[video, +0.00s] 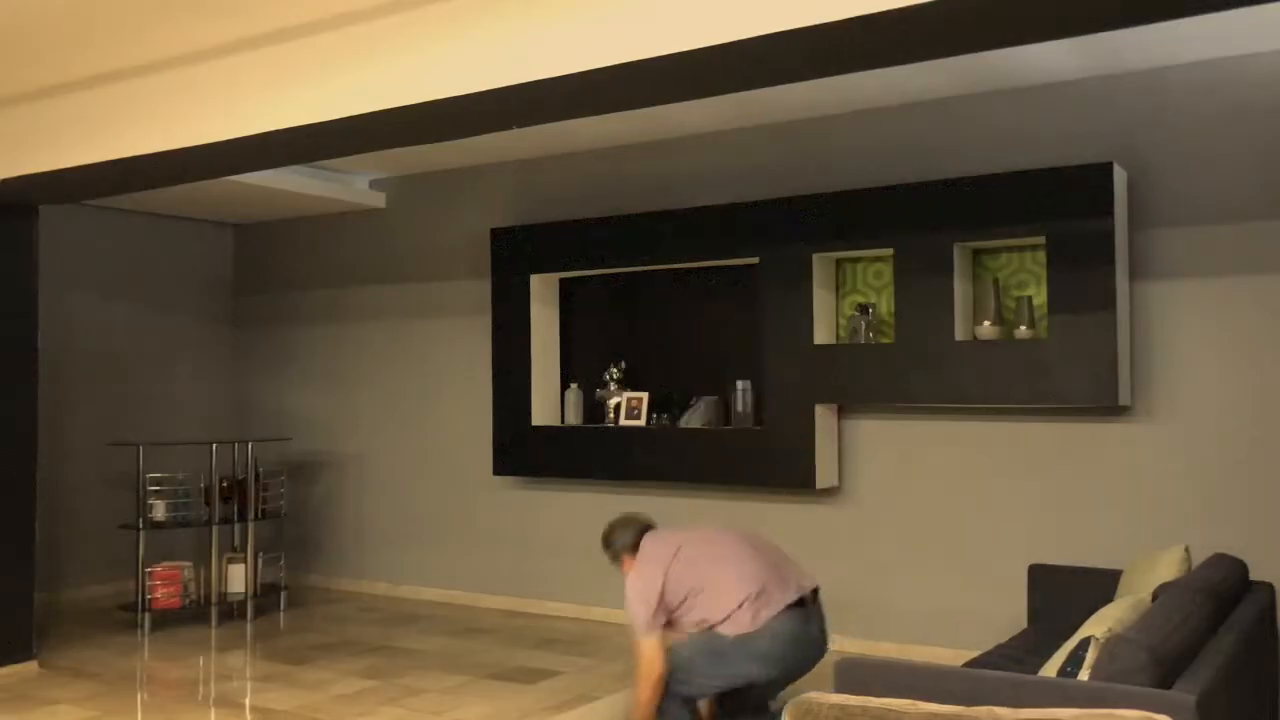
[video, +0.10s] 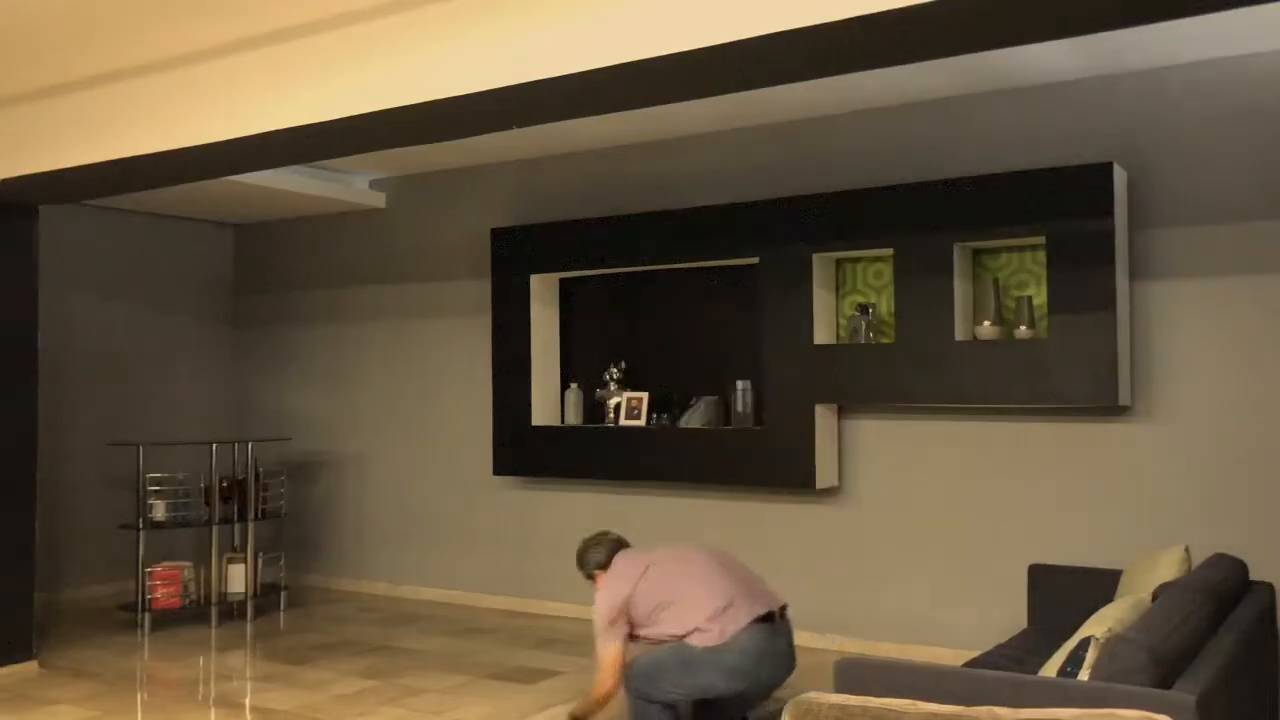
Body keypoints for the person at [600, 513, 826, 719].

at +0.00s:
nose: (625, 575)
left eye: (620, 568)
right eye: (620, 569)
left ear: (627, 560)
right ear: (652, 534)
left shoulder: (642, 572)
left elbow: (654, 672)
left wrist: (642, 713)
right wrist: (706, 705)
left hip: (769, 638)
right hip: (810, 627)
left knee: (662, 681)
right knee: (738, 703)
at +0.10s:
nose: (597, 590)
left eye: (592, 583)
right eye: (594, 585)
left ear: (597, 576)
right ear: (626, 549)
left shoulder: (612, 586)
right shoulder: (663, 562)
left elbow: (606, 686)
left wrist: (576, 712)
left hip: (739, 655)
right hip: (779, 645)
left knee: (641, 679)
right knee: (714, 707)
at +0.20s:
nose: (563, 575)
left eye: (559, 568)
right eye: (561, 570)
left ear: (563, 560)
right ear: (592, 535)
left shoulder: (577, 568)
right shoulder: (629, 545)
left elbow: (565, 664)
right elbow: (654, 625)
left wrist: (530, 686)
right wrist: (601, 671)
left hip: (705, 609)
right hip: (752, 600)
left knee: (642, 684)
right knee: (713, 694)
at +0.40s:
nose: (515, 556)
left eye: (512, 550)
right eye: (513, 551)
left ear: (514, 542)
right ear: (543, 522)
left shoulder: (524, 553)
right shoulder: (575, 531)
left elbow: (510, 637)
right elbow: (580, 624)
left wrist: (486, 692)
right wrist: (552, 672)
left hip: (635, 591)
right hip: (674, 579)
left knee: (603, 699)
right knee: (625, 679)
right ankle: (660, 667)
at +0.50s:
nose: (480, 549)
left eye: (479, 543)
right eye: (479, 544)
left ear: (482, 534)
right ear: (507, 516)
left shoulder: (489, 544)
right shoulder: (537, 524)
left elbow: (466, 623)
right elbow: (554, 602)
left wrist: (440, 659)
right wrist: (518, 648)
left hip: (598, 581)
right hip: (636, 571)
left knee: (545, 663)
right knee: (587, 663)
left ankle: (610, 711)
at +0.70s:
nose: (413, 550)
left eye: (410, 544)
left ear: (413, 537)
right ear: (441, 517)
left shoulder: (418, 545)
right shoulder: (469, 524)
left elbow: (402, 626)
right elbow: (483, 595)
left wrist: (396, 657)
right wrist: (454, 656)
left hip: (512, 565)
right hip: (558, 555)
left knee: (464, 641)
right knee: (549, 658)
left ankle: (481, 713)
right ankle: (593, 711)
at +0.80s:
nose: (386, 533)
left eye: (385, 528)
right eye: (384, 529)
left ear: (387, 521)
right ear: (415, 502)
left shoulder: (395, 529)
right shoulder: (442, 507)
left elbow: (391, 604)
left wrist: (381, 665)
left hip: (494, 550)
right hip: (535, 540)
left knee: (449, 636)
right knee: (493, 620)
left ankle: (479, 713)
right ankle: (532, 692)